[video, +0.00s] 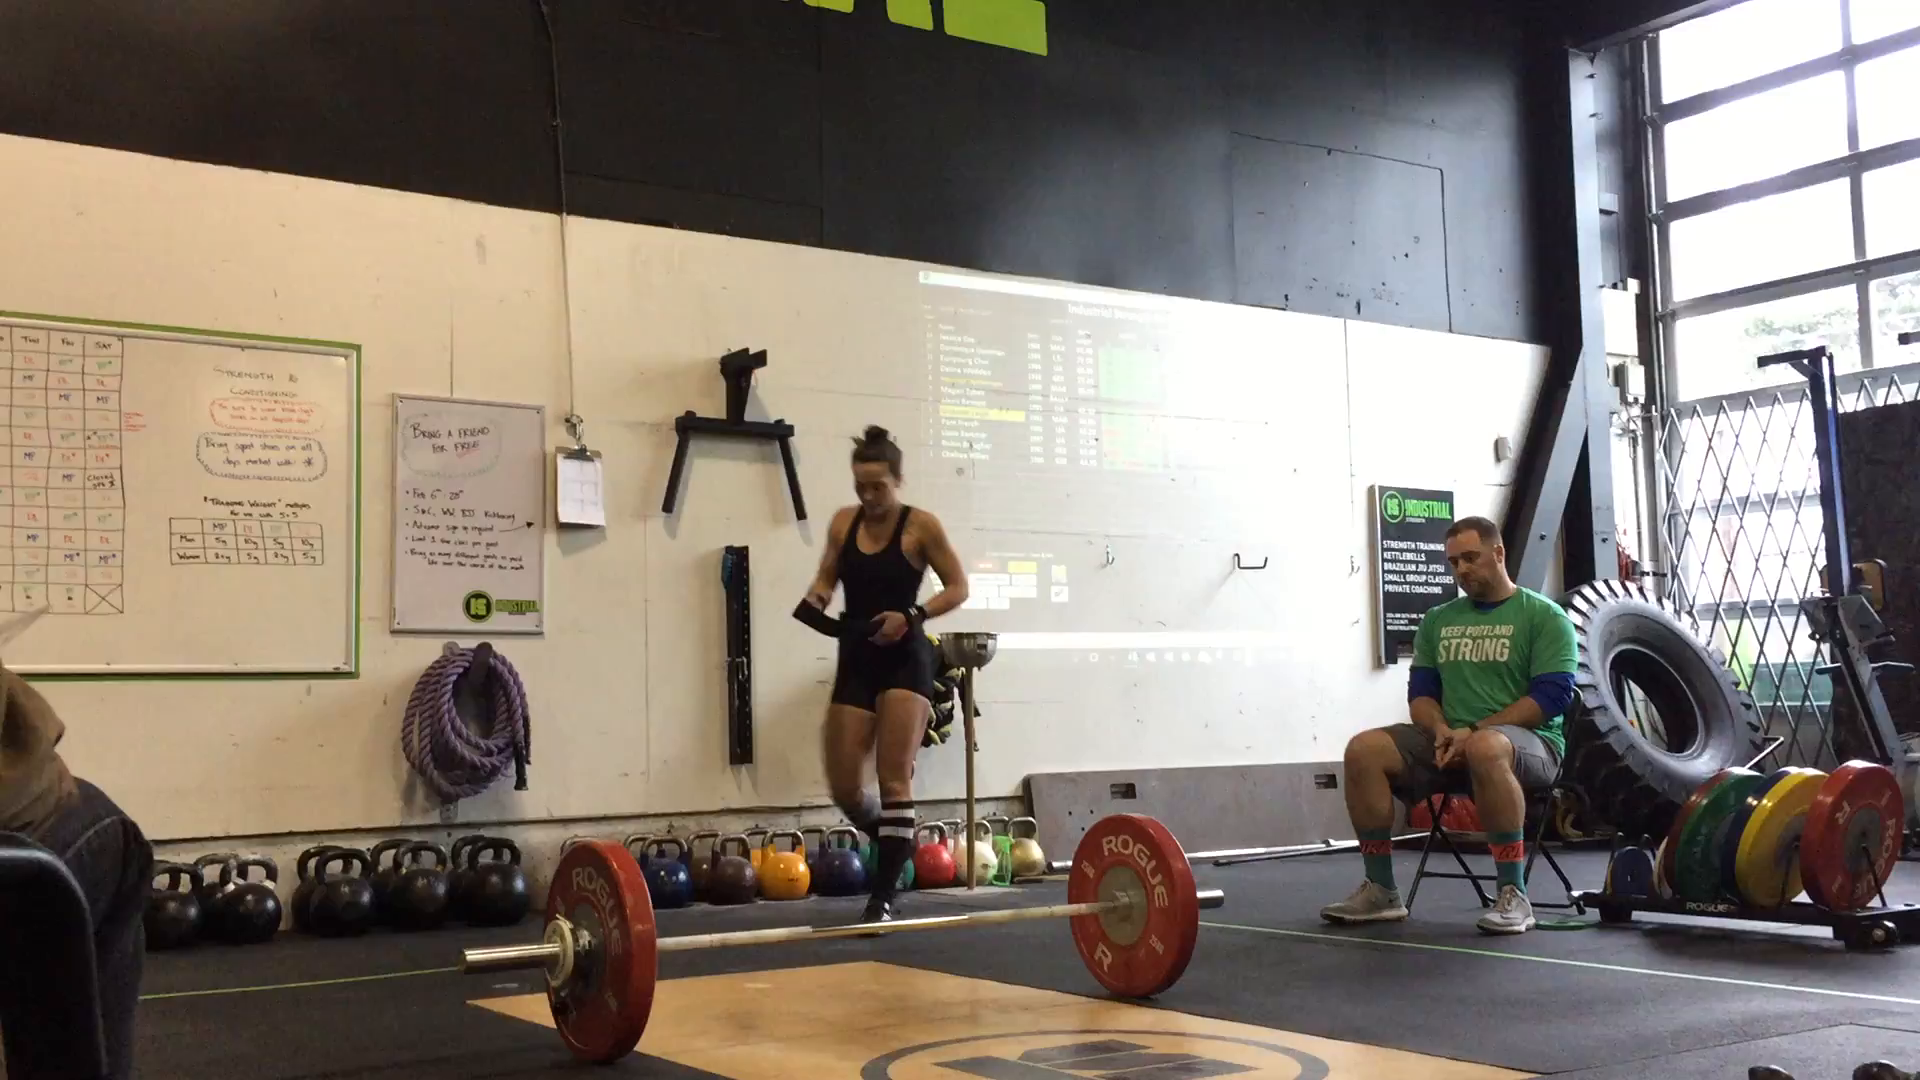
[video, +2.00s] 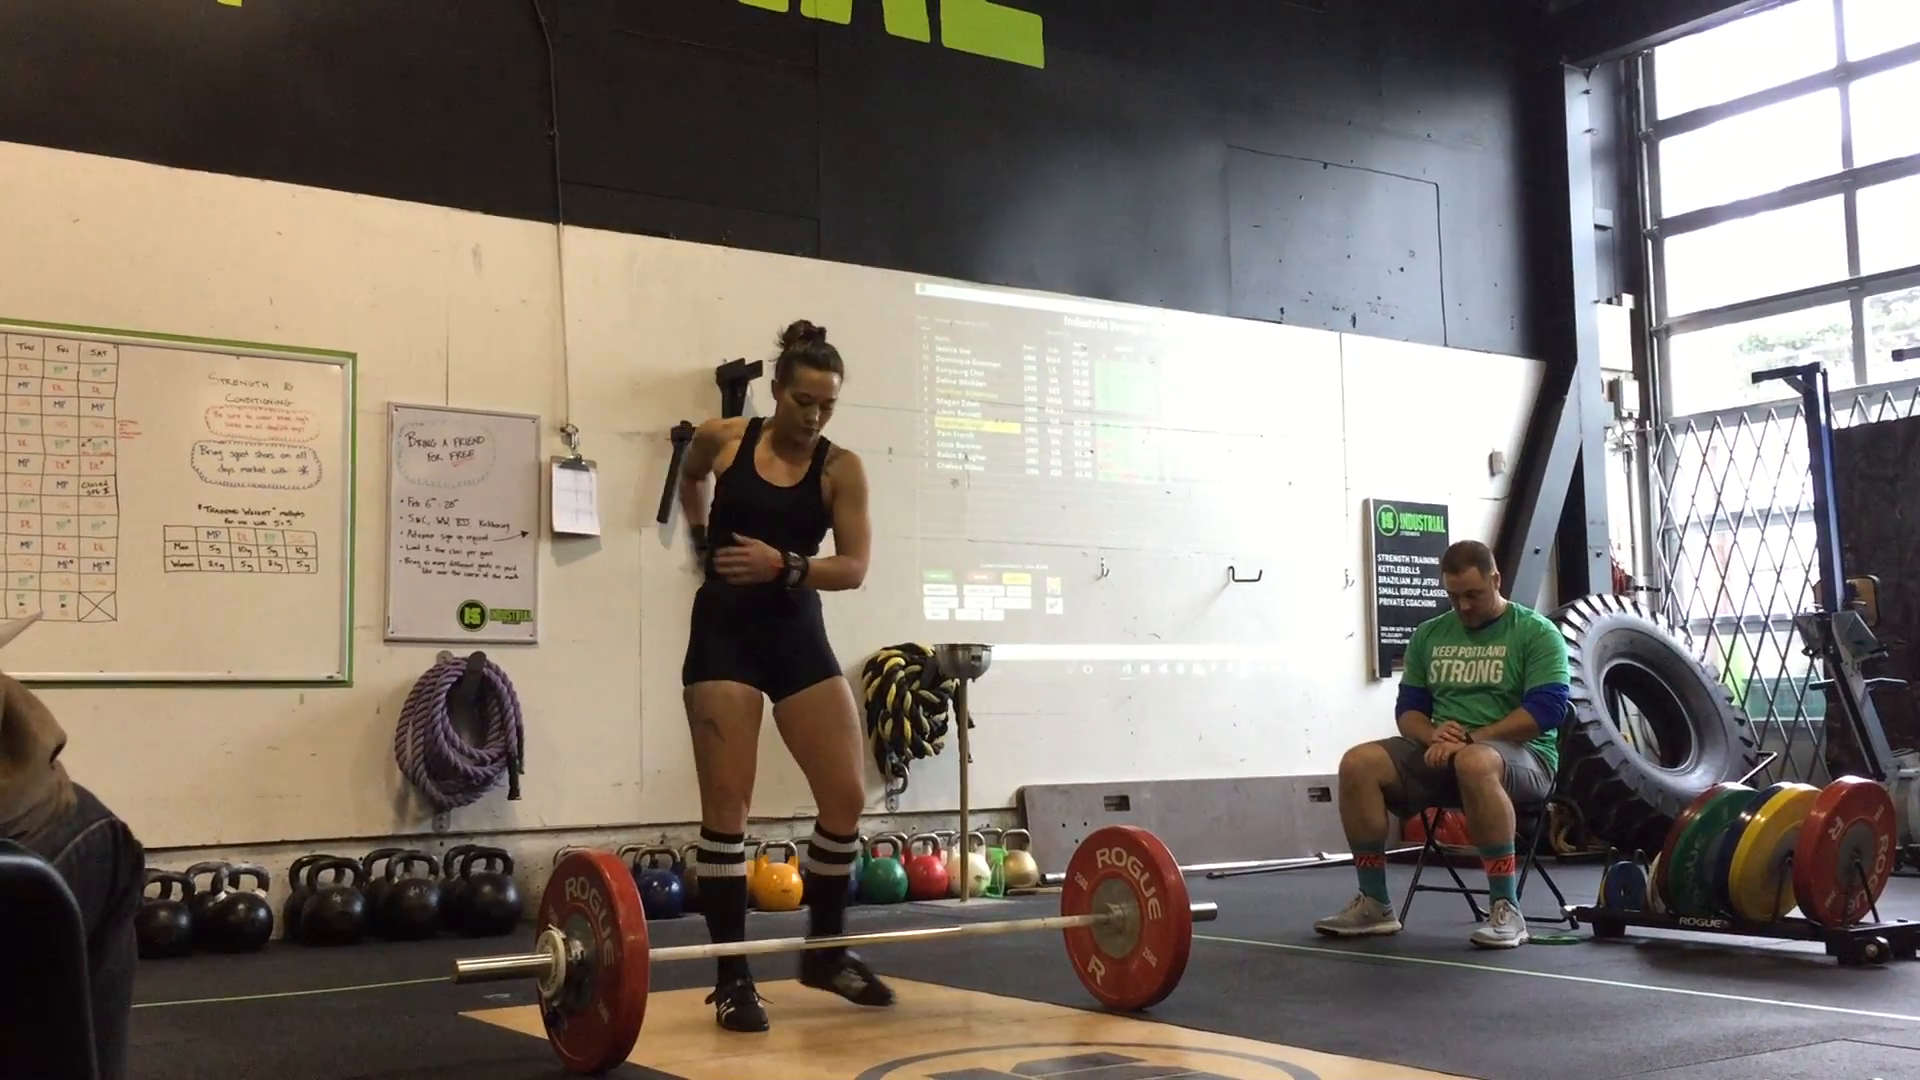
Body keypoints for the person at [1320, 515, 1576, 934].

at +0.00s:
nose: (1461, 570)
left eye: (1470, 558)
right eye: (1454, 562)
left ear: (1499, 553)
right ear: (1449, 566)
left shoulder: (1545, 617)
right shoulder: (1437, 621)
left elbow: (1553, 696)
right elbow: (1421, 696)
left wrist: (1477, 731)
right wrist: (1439, 727)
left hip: (1528, 743)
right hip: (1450, 743)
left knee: (1486, 747)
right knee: (1363, 750)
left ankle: (1512, 896)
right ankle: (1381, 891)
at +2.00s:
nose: (1463, 606)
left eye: (1472, 595)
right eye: (1454, 596)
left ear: (1497, 580)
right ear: (1444, 588)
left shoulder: (1536, 632)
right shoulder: (1427, 635)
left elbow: (1548, 708)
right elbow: (1409, 710)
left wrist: (1469, 740)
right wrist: (1431, 735)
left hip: (1522, 757)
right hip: (1441, 757)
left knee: (1475, 763)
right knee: (1357, 764)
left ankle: (1504, 911)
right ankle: (1374, 904)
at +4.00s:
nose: (1484, 593)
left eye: (1493, 581)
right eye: (1475, 583)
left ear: (1518, 565)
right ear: (1465, 573)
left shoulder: (1559, 616)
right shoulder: (1450, 620)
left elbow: (1571, 692)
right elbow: (1431, 695)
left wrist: (1491, 727)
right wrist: (1453, 719)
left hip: (1544, 740)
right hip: (1462, 739)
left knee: (1496, 747)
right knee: (1379, 748)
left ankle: (1527, 895)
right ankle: (1395, 888)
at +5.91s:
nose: (1490, 559)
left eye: (1500, 549)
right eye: (1482, 551)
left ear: (1527, 549)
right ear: (1475, 555)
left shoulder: (1566, 611)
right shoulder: (1458, 613)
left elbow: (1573, 692)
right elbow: (1442, 684)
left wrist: (1492, 718)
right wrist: (1455, 719)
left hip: (1551, 735)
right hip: (1472, 736)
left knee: (1502, 742)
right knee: (1385, 744)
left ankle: (1532, 890)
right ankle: (1401, 884)